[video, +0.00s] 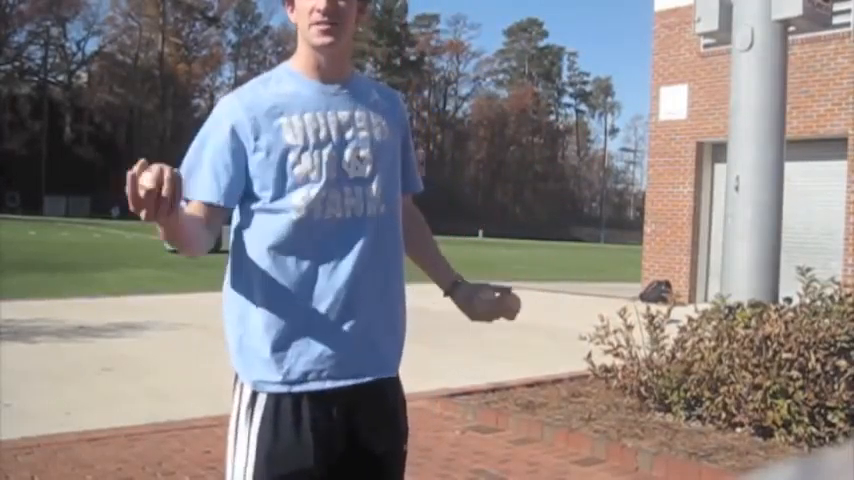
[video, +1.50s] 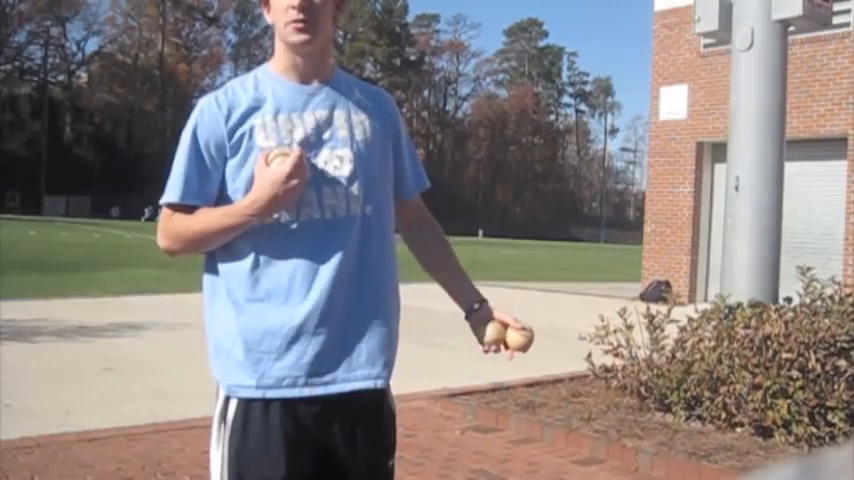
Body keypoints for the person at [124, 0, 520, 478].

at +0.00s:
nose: (327, 6)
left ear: (362, 11)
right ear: (292, 10)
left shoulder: (388, 107)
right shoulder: (244, 111)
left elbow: (401, 209)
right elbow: (198, 237)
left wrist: (458, 288)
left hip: (375, 375)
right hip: (282, 381)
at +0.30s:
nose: (316, 10)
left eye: (331, 2)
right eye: (304, 2)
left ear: (350, 15)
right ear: (280, 12)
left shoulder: (381, 99)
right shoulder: (228, 106)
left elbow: (416, 189)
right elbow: (158, 211)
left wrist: (494, 231)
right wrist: (52, 236)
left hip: (370, 380)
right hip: (272, 389)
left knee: (377, 476)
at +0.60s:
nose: (346, 4)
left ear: (357, 10)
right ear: (284, 7)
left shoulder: (374, 100)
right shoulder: (221, 108)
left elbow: (397, 204)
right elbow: (176, 223)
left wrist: (440, 241)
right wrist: (183, 258)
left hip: (365, 373)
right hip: (267, 380)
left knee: (375, 469)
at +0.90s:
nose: (307, 8)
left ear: (342, 10)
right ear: (272, 9)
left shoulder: (376, 105)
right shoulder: (221, 108)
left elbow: (400, 214)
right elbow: (185, 233)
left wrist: (384, 248)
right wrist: (278, 248)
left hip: (362, 377)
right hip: (263, 382)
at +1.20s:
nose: (300, 8)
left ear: (339, 10)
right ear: (269, 10)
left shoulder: (377, 108)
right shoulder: (220, 112)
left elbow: (406, 212)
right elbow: (174, 235)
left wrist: (456, 284)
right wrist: (250, 225)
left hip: (360, 381)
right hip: (260, 385)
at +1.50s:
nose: (301, 8)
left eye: (314, 0)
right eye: (288, 0)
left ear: (338, 10)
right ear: (267, 11)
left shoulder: (377, 108)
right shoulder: (220, 112)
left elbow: (415, 218)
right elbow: (171, 235)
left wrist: (477, 309)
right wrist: (256, 204)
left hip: (360, 382)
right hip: (260, 386)